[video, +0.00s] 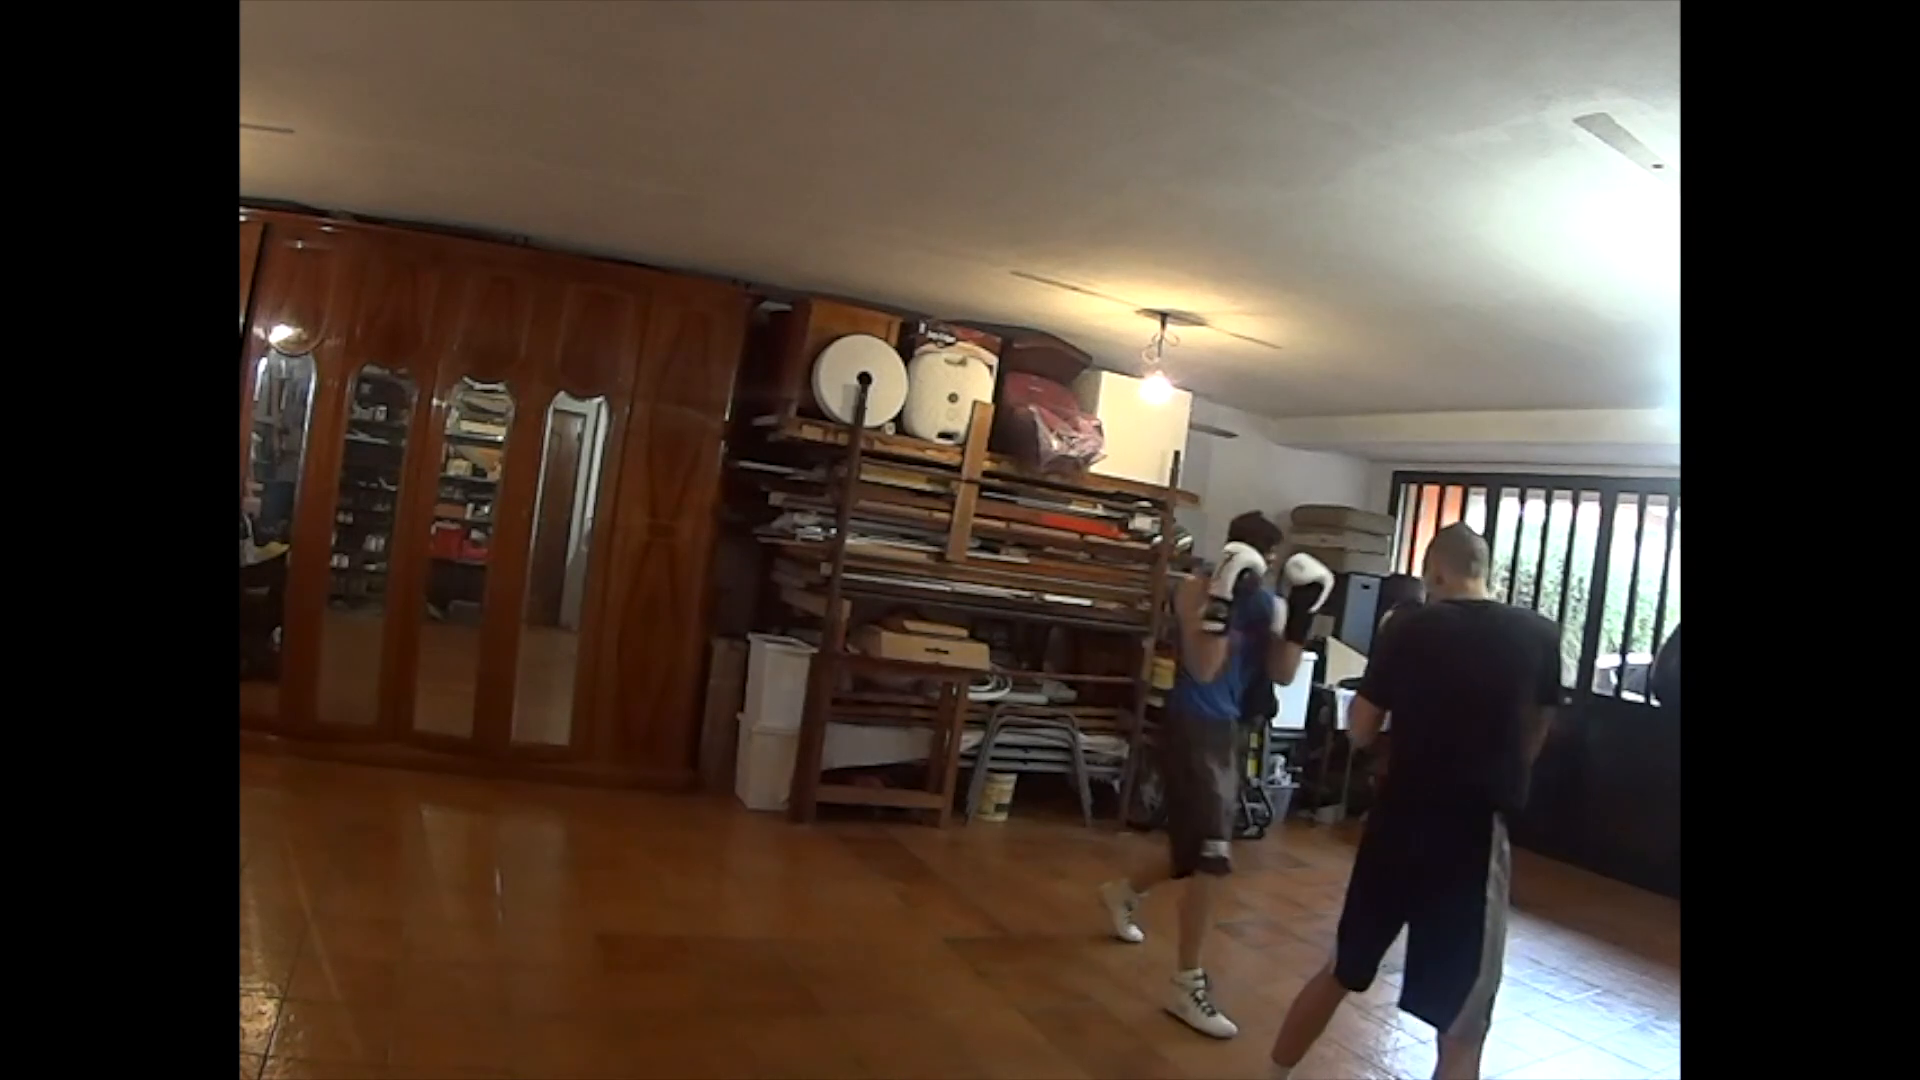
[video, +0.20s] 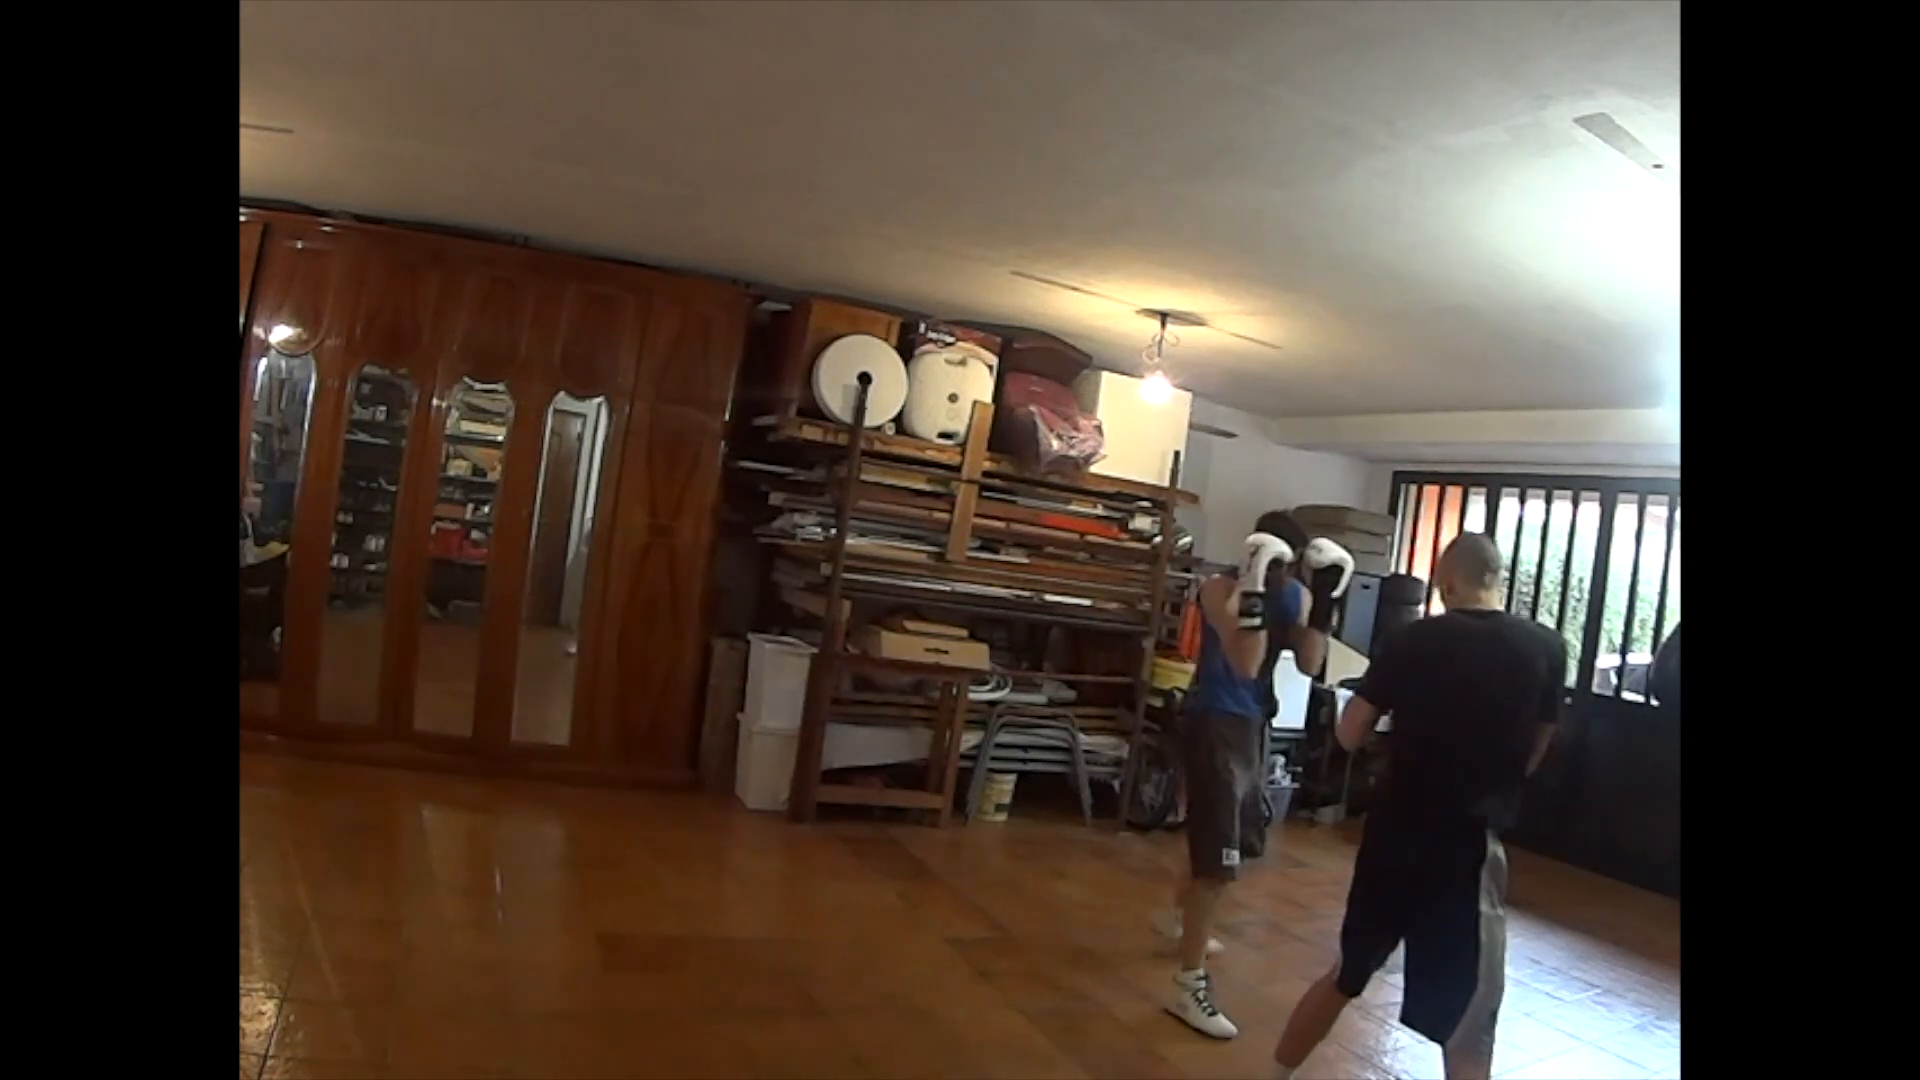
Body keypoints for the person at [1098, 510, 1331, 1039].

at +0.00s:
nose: (1269, 568)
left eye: (1272, 561)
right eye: (1266, 558)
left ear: (1265, 563)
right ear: (1241, 553)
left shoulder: (1260, 602)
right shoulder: (1195, 588)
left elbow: (1282, 670)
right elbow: (1202, 667)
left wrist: (1300, 613)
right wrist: (1221, 598)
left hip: (1226, 731)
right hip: (1192, 728)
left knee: (1199, 849)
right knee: (1210, 857)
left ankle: (1124, 890)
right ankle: (1188, 983)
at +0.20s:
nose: (1291, 565)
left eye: (1294, 559)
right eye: (1286, 555)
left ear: (1291, 561)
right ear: (1260, 549)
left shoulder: (1287, 594)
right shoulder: (1219, 587)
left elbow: (1311, 662)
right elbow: (1246, 663)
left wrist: (1323, 599)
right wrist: (1253, 588)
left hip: (1253, 729)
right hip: (1214, 727)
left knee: (1235, 840)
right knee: (1217, 864)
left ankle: (1182, 913)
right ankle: (1189, 983)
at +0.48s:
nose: (1315, 579)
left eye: (1320, 571)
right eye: (1308, 567)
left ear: (1322, 575)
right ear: (1289, 562)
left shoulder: (1316, 613)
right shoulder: (1247, 593)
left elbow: (1330, 678)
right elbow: (1251, 665)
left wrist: (1352, 615)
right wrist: (1278, 593)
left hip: (1269, 739)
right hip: (1234, 733)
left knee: (1258, 855)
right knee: (1259, 863)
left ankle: (1224, 941)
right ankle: (1208, 978)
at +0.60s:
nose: (1325, 587)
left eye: (1335, 581)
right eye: (1321, 575)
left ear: (1339, 584)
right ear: (1301, 566)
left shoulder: (1330, 621)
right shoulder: (1260, 602)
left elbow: (1352, 682)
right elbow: (1231, 682)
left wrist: (1360, 622)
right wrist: (1280, 624)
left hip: (1282, 746)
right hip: (1244, 741)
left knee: (1265, 855)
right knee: (1273, 867)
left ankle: (1218, 932)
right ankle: (1234, 1000)